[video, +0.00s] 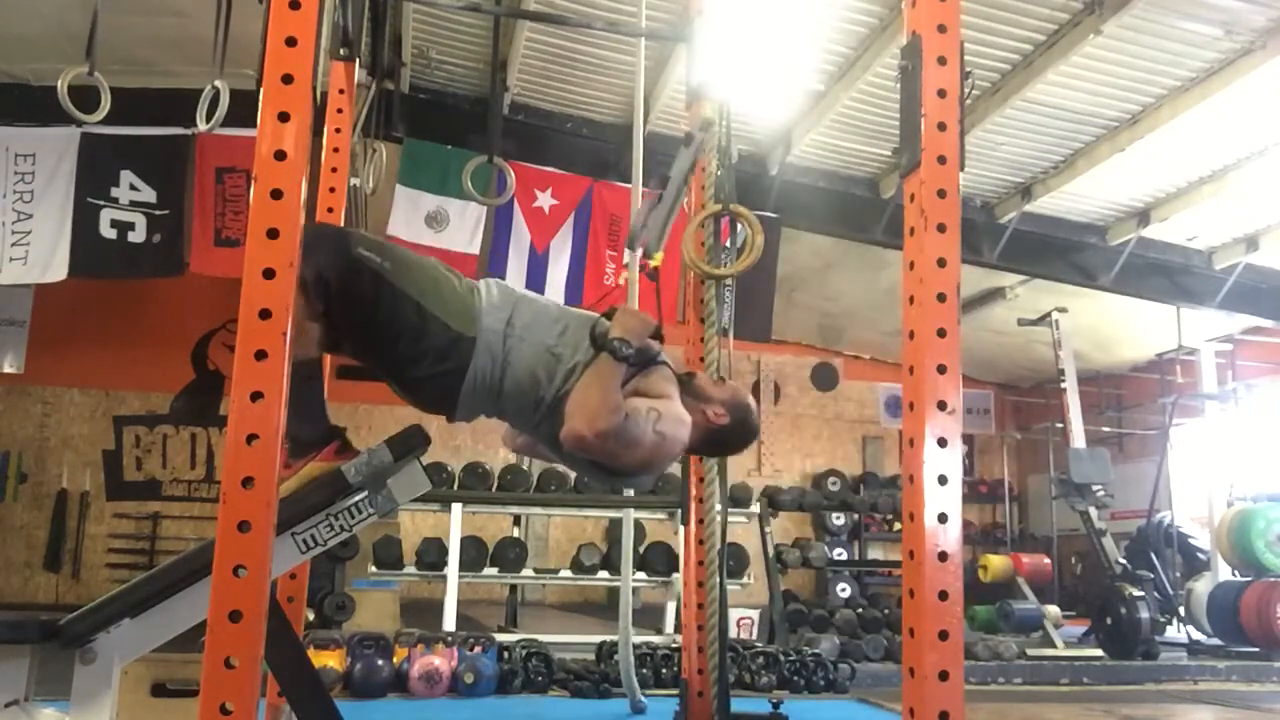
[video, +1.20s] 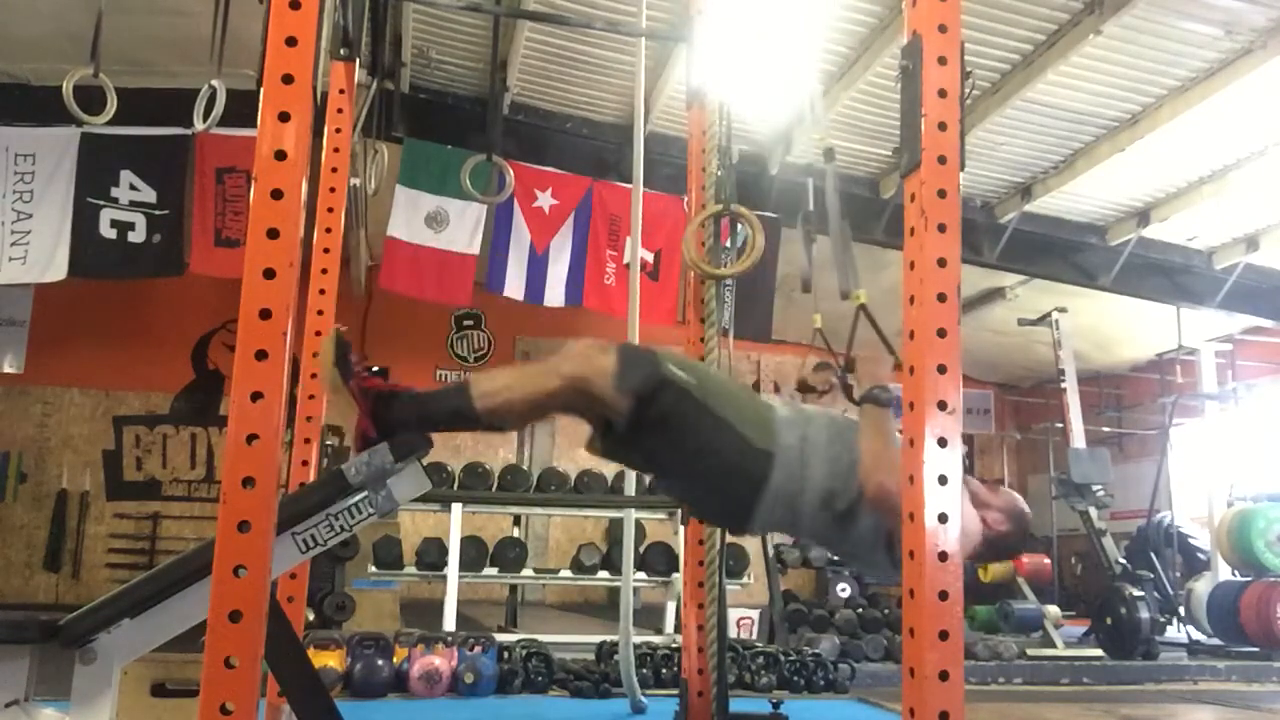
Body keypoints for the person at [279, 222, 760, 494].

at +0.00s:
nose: (718, 375)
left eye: (728, 389)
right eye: (729, 380)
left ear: (716, 418)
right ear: (713, 412)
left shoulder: (669, 428)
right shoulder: (657, 391)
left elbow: (589, 429)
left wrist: (627, 348)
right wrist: (630, 338)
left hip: (467, 344)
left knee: (317, 248)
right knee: (315, 281)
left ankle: (305, 418)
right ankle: (302, 420)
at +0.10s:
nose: (712, 371)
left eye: (723, 384)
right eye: (724, 376)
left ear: (713, 412)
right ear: (711, 413)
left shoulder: (665, 425)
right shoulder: (654, 395)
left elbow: (585, 427)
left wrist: (622, 343)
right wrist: (628, 336)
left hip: (462, 341)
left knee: (310, 249)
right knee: (311, 279)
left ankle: (302, 418)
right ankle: (299, 418)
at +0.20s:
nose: (718, 372)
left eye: (728, 385)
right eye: (729, 378)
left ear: (717, 415)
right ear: (715, 415)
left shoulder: (670, 427)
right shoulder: (658, 397)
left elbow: (589, 428)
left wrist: (623, 342)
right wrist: (625, 333)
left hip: (465, 345)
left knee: (314, 249)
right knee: (315, 297)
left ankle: (299, 415)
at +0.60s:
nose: (802, 427)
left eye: (810, 441)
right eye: (811, 432)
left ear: (803, 464)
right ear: (801, 448)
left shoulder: (758, 470)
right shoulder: (739, 452)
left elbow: (676, 455)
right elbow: (596, 475)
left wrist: (705, 373)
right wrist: (709, 367)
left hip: (561, 367)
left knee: (396, 250)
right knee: (388, 301)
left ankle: (319, 425)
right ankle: (317, 425)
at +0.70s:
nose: (843, 443)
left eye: (852, 458)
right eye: (852, 445)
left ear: (840, 484)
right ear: (835, 447)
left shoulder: (791, 484)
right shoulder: (779, 437)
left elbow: (719, 463)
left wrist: (734, 386)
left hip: (601, 388)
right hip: (603, 359)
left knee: (440, 263)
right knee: (436, 283)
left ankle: (321, 428)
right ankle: (324, 420)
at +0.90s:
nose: (901, 435)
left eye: (915, 447)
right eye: (909, 441)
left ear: (913, 492)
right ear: (911, 453)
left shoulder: (869, 511)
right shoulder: (855, 452)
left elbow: (800, 475)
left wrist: (806, 389)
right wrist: (802, 378)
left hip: (672, 427)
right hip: (677, 388)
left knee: (517, 296)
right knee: (511, 296)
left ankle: (355, 414)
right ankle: (362, 403)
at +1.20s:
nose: (993, 497)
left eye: (1004, 509)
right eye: (1002, 495)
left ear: (996, 540)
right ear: (988, 499)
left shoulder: (943, 550)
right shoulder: (938, 504)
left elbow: (882, 487)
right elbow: (879, 466)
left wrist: (877, 403)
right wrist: (900, 418)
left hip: (761, 467)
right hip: (759, 437)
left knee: (594, 365)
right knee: (583, 366)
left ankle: (403, 413)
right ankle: (407, 410)